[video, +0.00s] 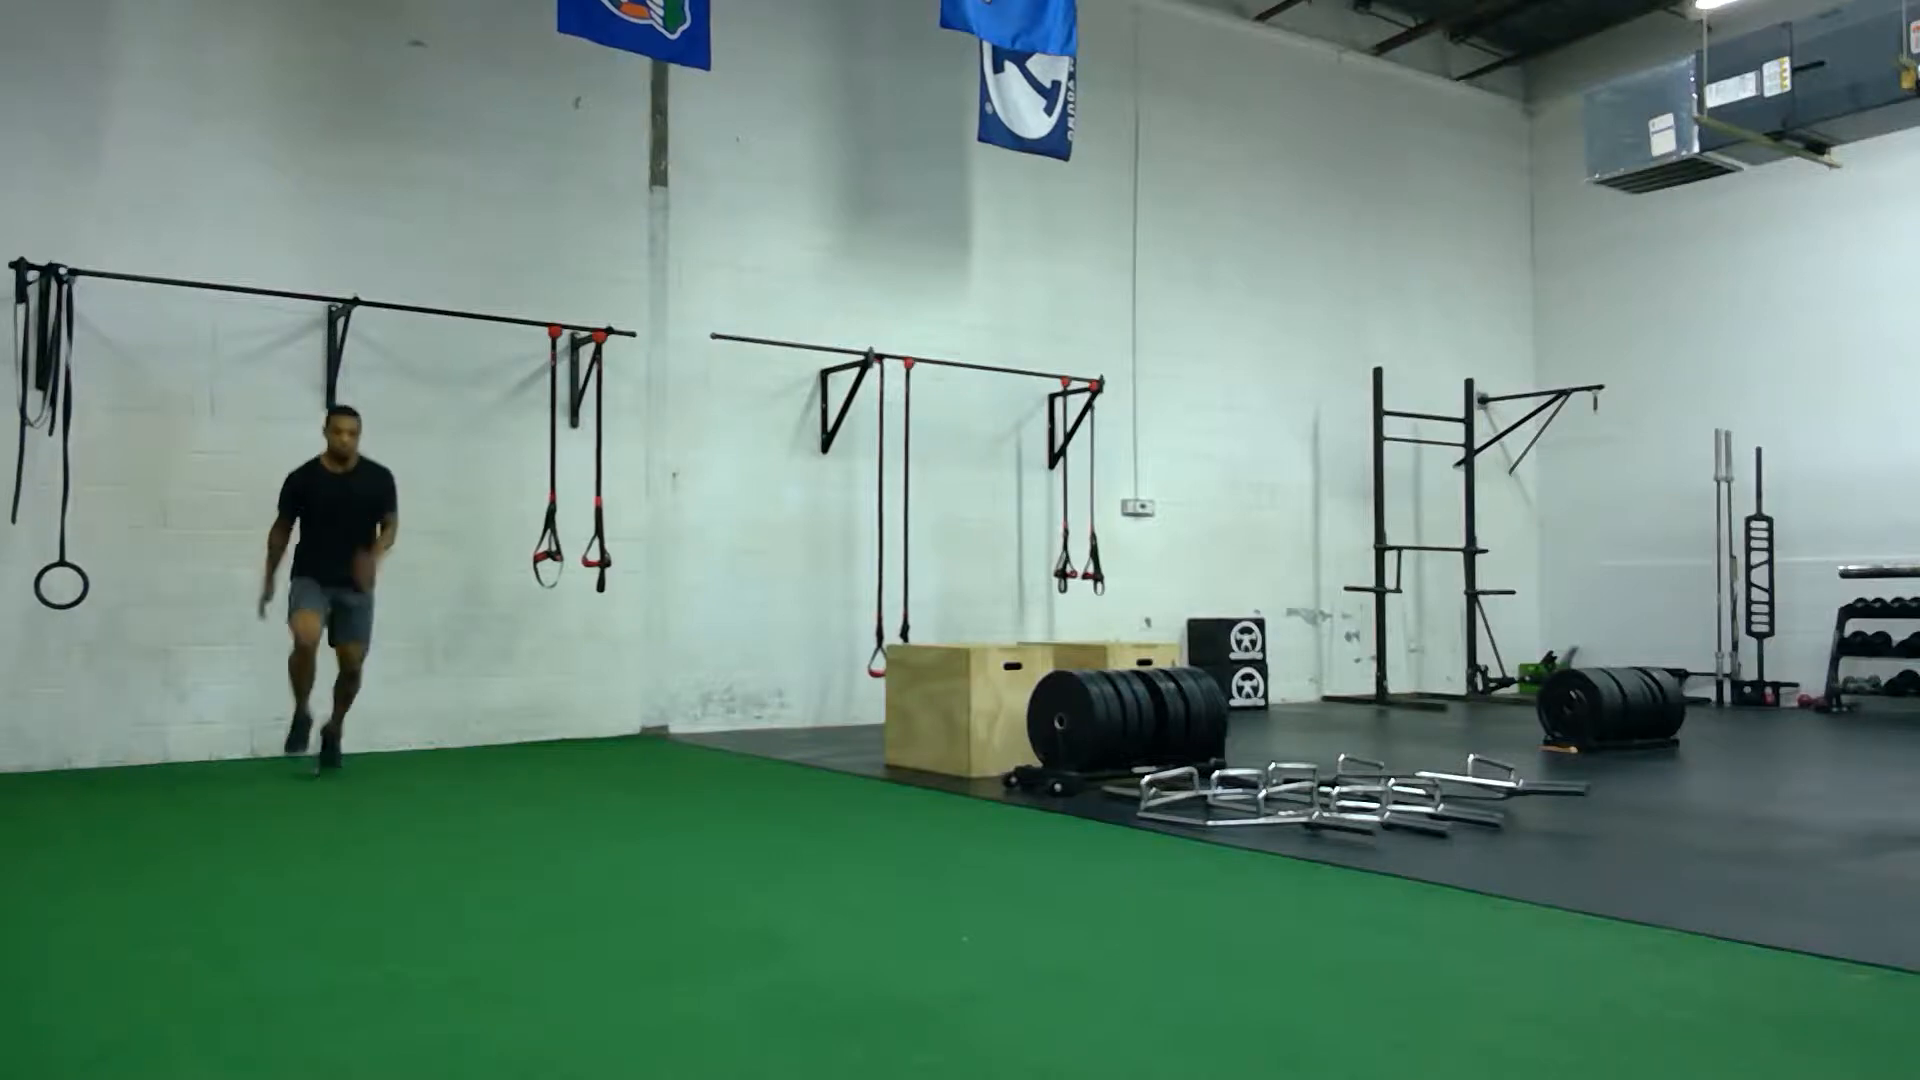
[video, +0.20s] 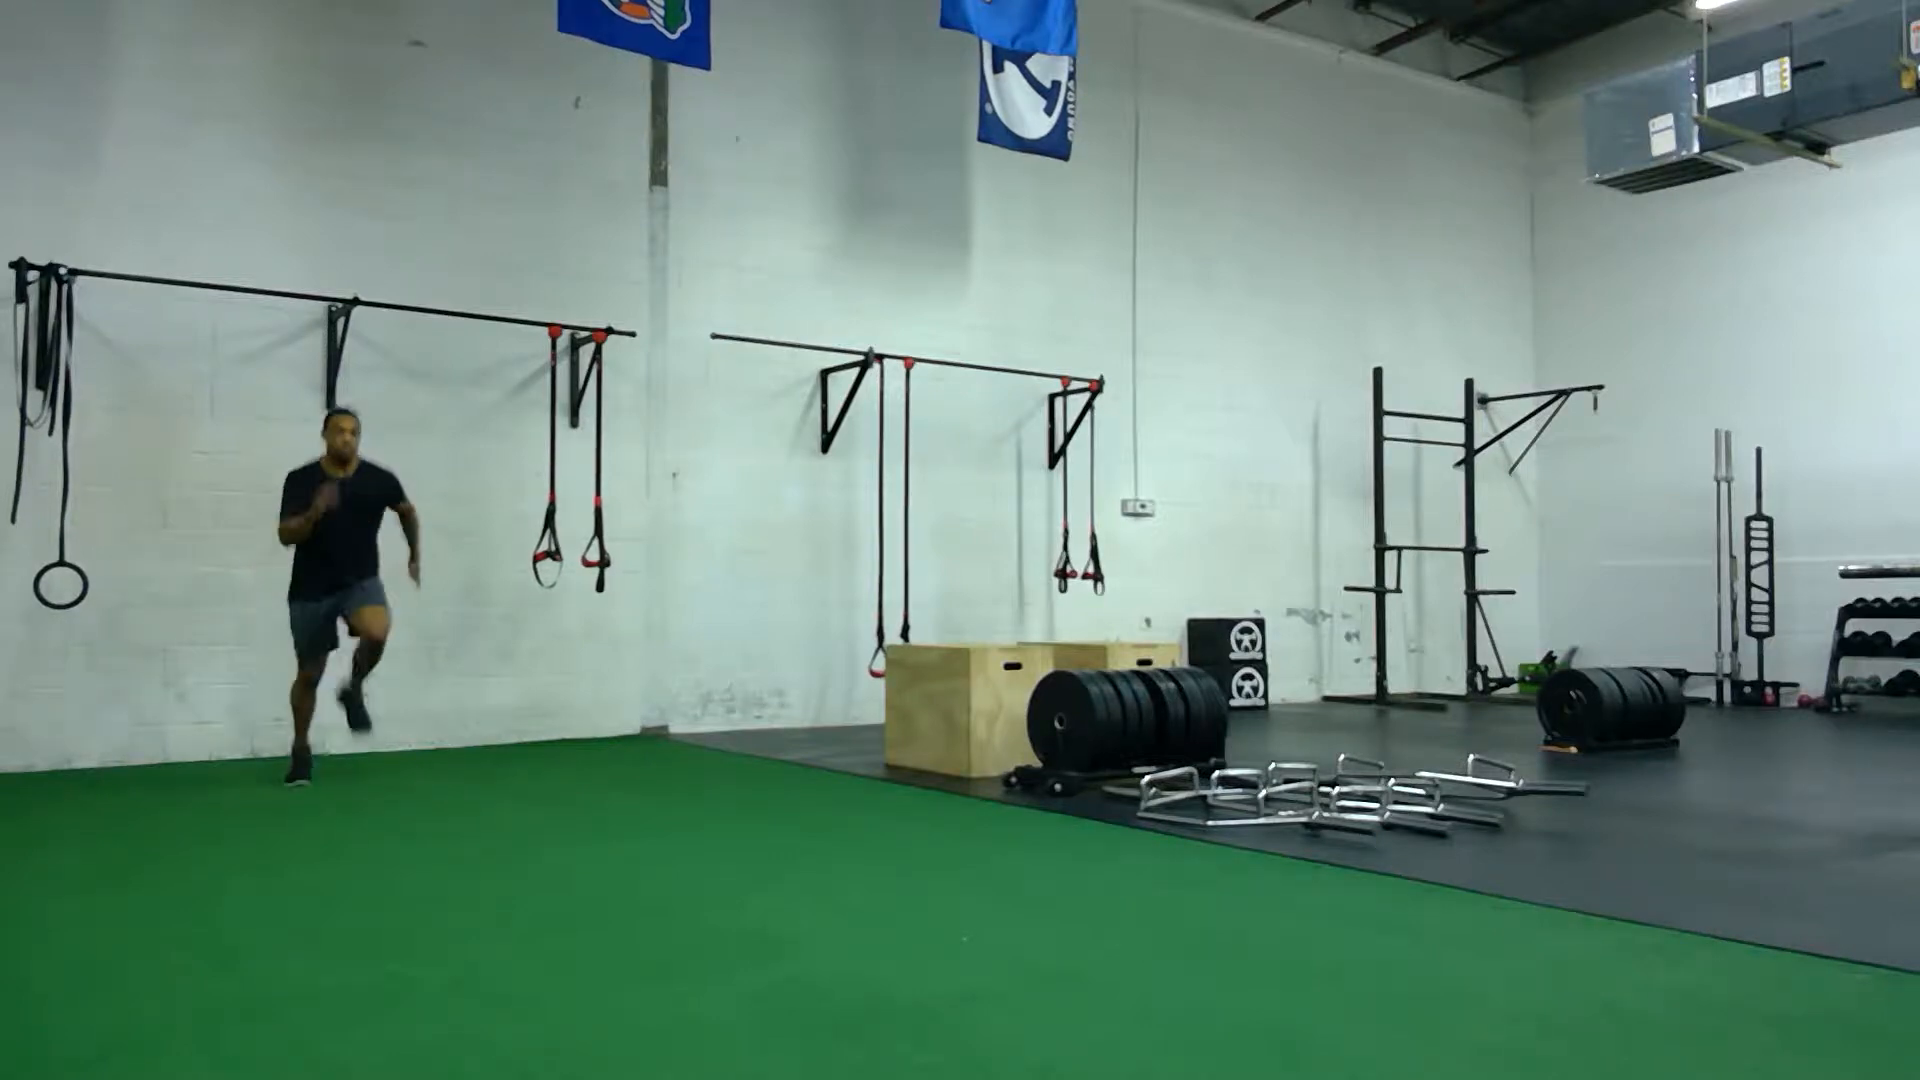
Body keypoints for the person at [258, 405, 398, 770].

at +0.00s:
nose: (344, 439)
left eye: (351, 433)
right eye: (337, 432)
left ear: (360, 436)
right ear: (326, 433)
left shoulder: (379, 479)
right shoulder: (301, 479)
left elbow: (389, 528)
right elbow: (281, 530)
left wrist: (373, 555)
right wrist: (269, 579)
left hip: (356, 580)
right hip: (311, 576)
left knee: (352, 665)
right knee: (304, 641)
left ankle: (333, 731)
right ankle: (301, 715)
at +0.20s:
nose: (346, 439)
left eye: (352, 433)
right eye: (338, 432)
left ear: (359, 438)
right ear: (324, 437)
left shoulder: (380, 481)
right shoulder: (301, 481)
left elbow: (406, 512)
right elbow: (286, 535)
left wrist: (414, 554)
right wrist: (314, 511)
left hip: (360, 582)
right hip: (311, 589)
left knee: (377, 633)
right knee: (309, 674)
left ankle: (353, 690)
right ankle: (300, 748)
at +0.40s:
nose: (368, 436)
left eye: (374, 430)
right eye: (360, 429)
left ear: (383, 438)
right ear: (346, 435)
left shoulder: (396, 488)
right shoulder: (318, 478)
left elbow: (392, 540)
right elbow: (275, 502)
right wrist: (245, 534)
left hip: (372, 583)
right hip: (326, 574)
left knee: (366, 678)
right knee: (351, 604)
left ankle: (355, 762)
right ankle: (329, 674)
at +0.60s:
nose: (369, 403)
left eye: (376, 397)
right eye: (361, 396)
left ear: (384, 406)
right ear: (345, 403)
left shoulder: (401, 456)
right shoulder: (317, 455)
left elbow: (412, 515)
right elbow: (301, 516)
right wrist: (317, 544)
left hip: (389, 563)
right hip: (335, 565)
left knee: (404, 633)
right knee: (338, 656)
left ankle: (374, 675)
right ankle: (335, 764)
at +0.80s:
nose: (379, 400)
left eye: (386, 393)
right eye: (370, 392)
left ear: (394, 401)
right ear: (354, 399)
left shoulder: (412, 454)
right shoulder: (327, 452)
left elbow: (416, 511)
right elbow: (317, 513)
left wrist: (415, 557)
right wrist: (360, 486)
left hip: (394, 558)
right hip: (349, 569)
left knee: (424, 553)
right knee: (357, 668)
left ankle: (403, 657)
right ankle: (349, 769)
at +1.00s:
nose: (397, 405)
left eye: (404, 398)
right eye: (388, 397)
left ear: (412, 407)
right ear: (370, 404)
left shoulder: (432, 460)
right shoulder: (343, 460)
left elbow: (436, 517)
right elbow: (329, 529)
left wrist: (436, 566)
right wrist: (372, 492)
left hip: (417, 569)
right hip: (369, 578)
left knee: (444, 529)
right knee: (374, 685)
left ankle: (430, 639)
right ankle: (382, 786)